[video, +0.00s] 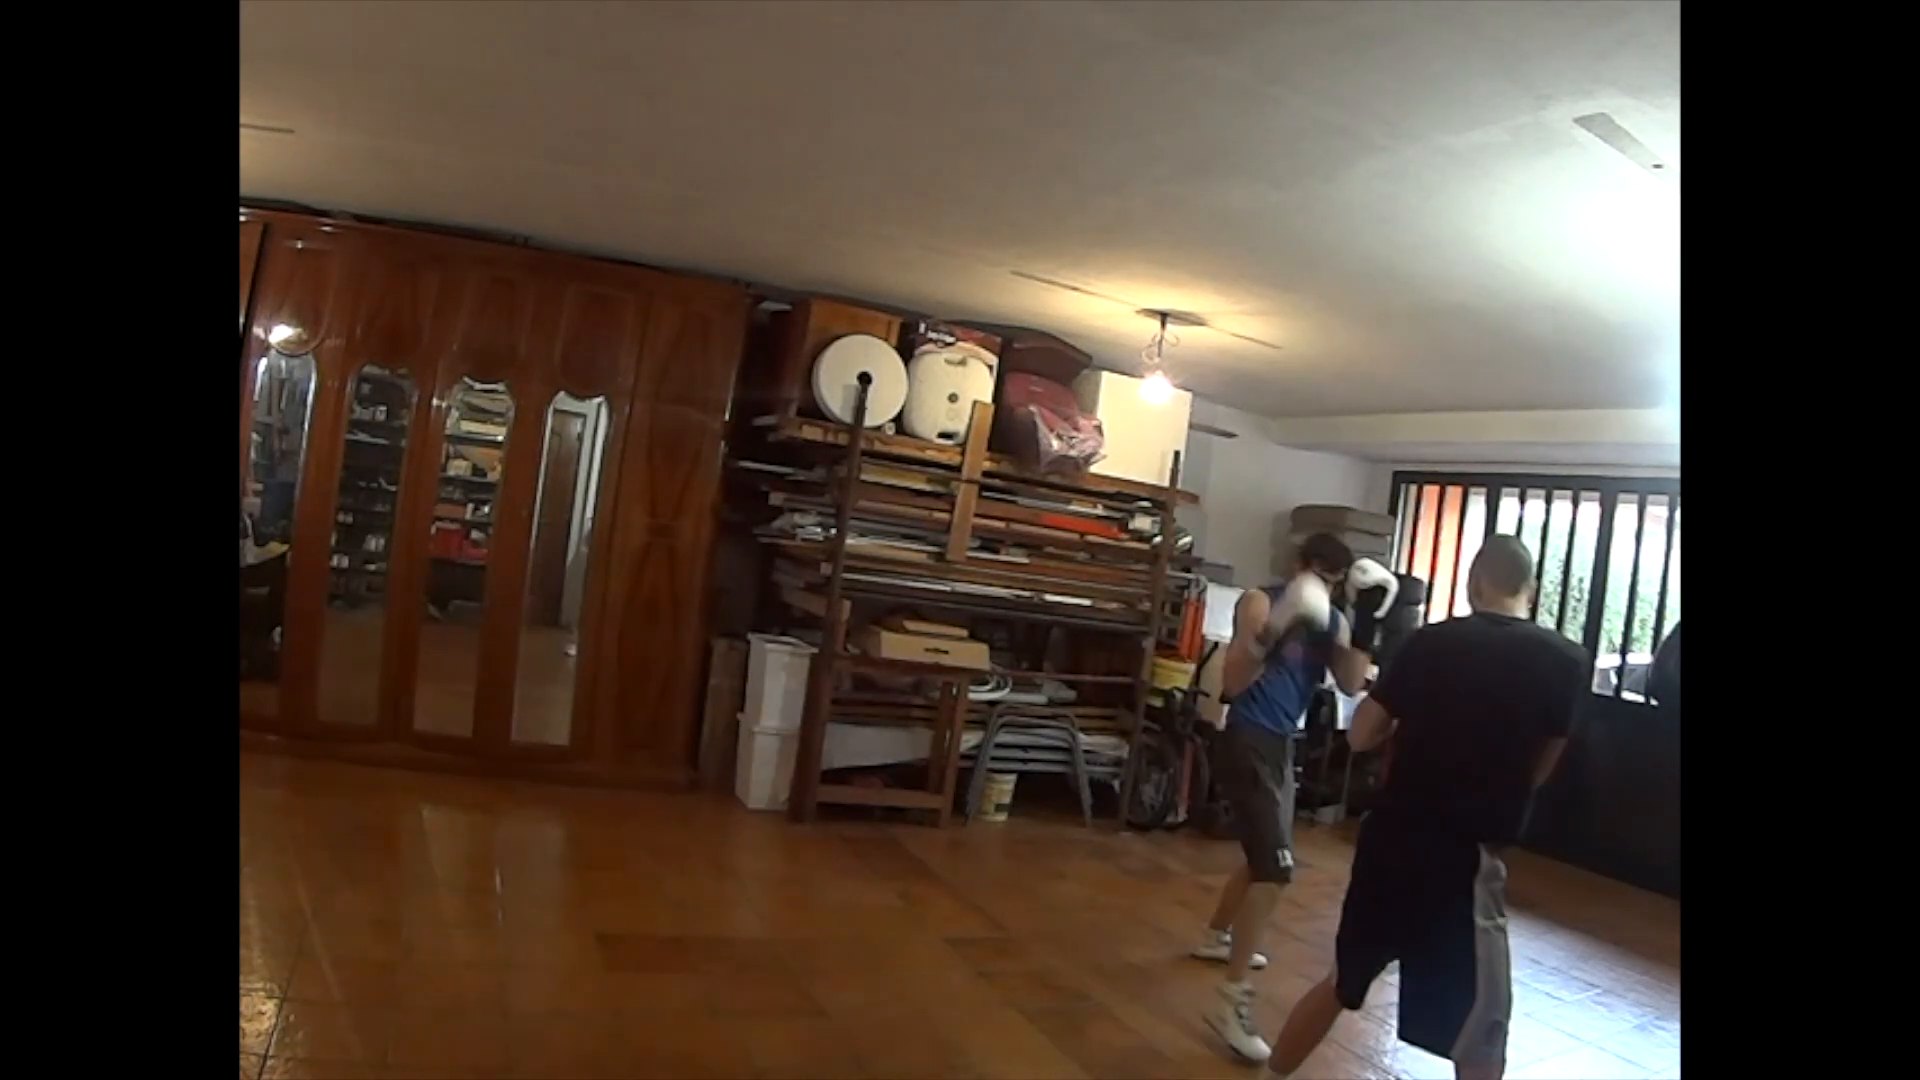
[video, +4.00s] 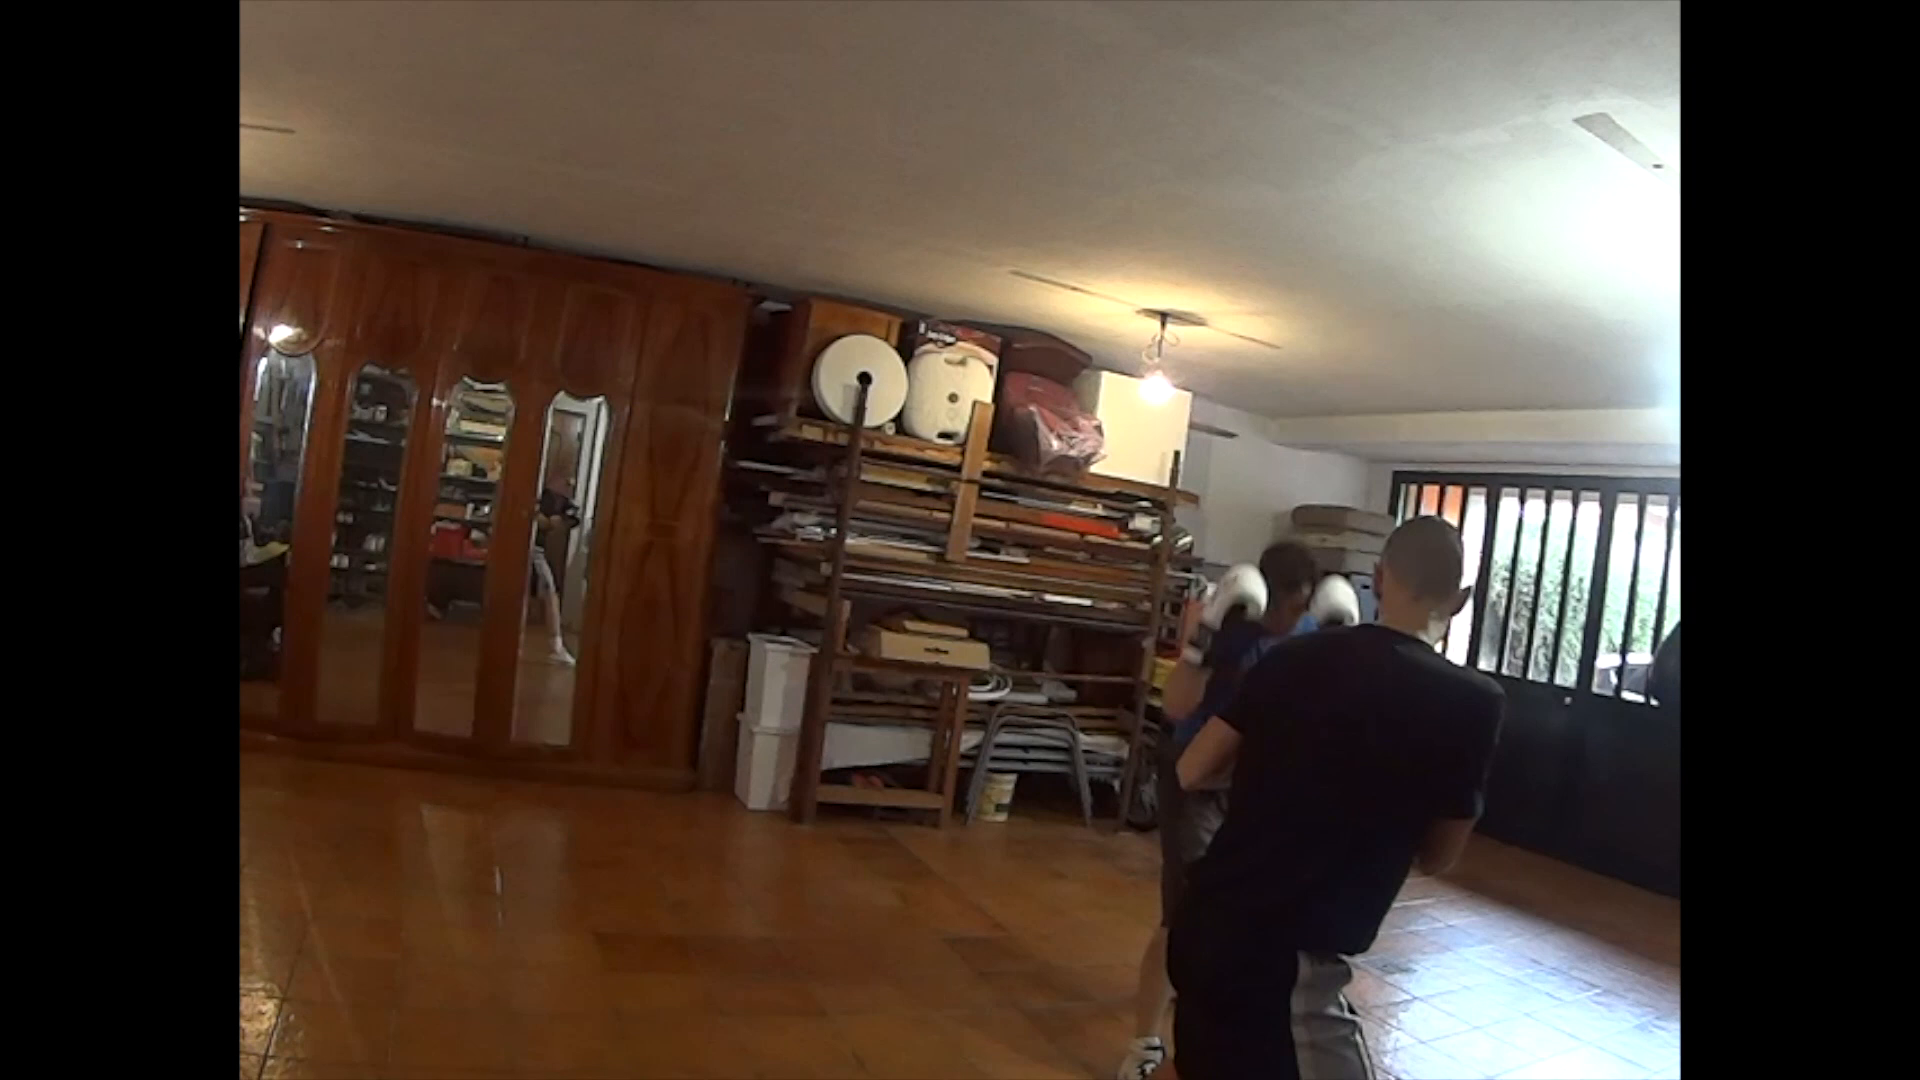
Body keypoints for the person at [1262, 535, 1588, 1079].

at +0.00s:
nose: (1471, 588)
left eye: (1470, 579)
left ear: (1472, 583)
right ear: (1531, 590)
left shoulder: (1429, 642)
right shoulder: (1565, 661)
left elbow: (1361, 735)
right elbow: (1540, 770)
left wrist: (1408, 720)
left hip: (1394, 836)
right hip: (1473, 860)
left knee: (1342, 982)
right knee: (1481, 1035)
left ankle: (1273, 1071)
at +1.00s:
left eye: (1398, 573)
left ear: (1399, 579)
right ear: (1461, 595)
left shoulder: (1344, 641)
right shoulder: (1463, 669)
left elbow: (1264, 720)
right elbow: (1446, 791)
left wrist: (1316, 748)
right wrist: (1394, 759)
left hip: (1277, 835)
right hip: (1341, 863)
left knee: (1276, 1006)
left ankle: (1271, 1056)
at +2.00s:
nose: (1345, 565)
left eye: (1345, 555)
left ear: (1350, 558)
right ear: (1417, 568)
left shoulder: (1296, 628)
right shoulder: (1447, 652)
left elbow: (1207, 737)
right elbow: (1416, 794)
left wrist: (1263, 720)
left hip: (1242, 848)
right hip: (1330, 875)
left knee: (1203, 1018)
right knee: (1296, 1054)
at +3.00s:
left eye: (1369, 588)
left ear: (1369, 593)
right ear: (1443, 613)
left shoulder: (1301, 662)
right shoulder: (1463, 697)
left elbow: (1197, 774)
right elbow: (1427, 850)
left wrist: (1274, 772)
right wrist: (1372, 796)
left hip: (1215, 913)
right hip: (1310, 945)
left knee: (1207, 1059)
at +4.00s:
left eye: (1379, 572)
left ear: (1380, 577)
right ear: (1458, 602)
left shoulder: (1295, 658)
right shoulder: (1473, 701)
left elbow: (1192, 771)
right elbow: (1438, 857)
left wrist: (1276, 755)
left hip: (1214, 923)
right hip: (1307, 964)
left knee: (1207, 1066)